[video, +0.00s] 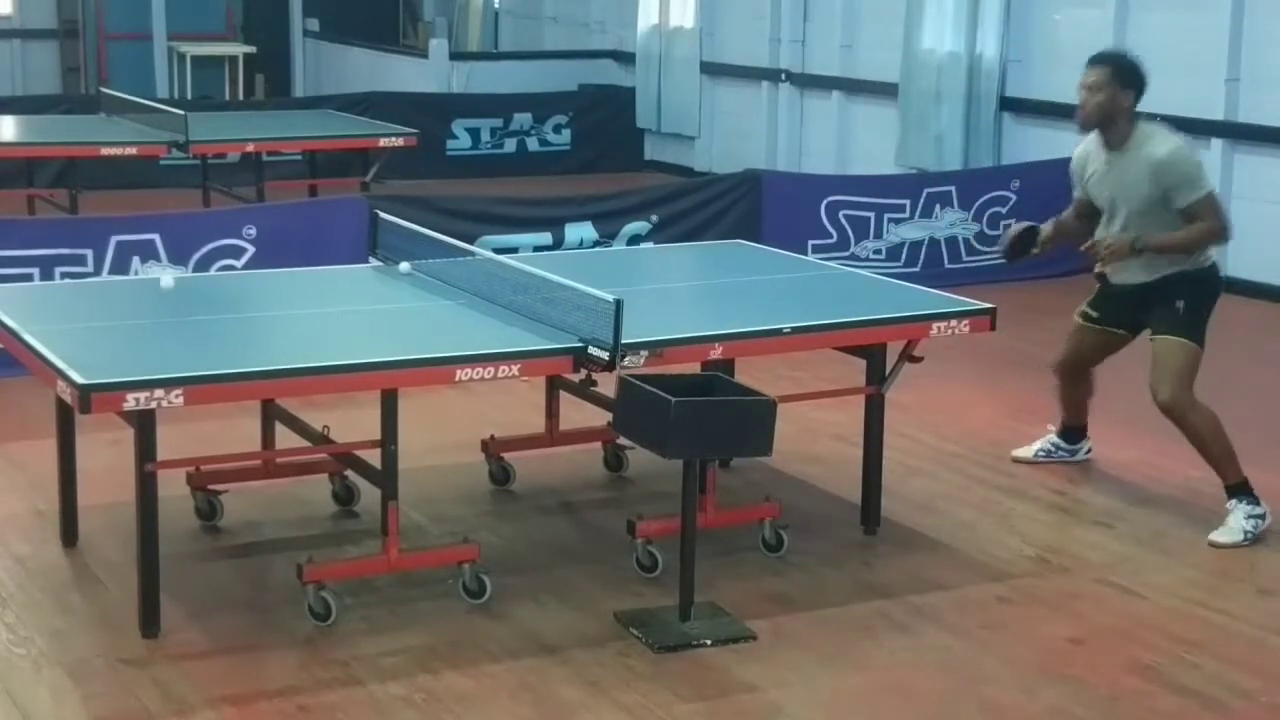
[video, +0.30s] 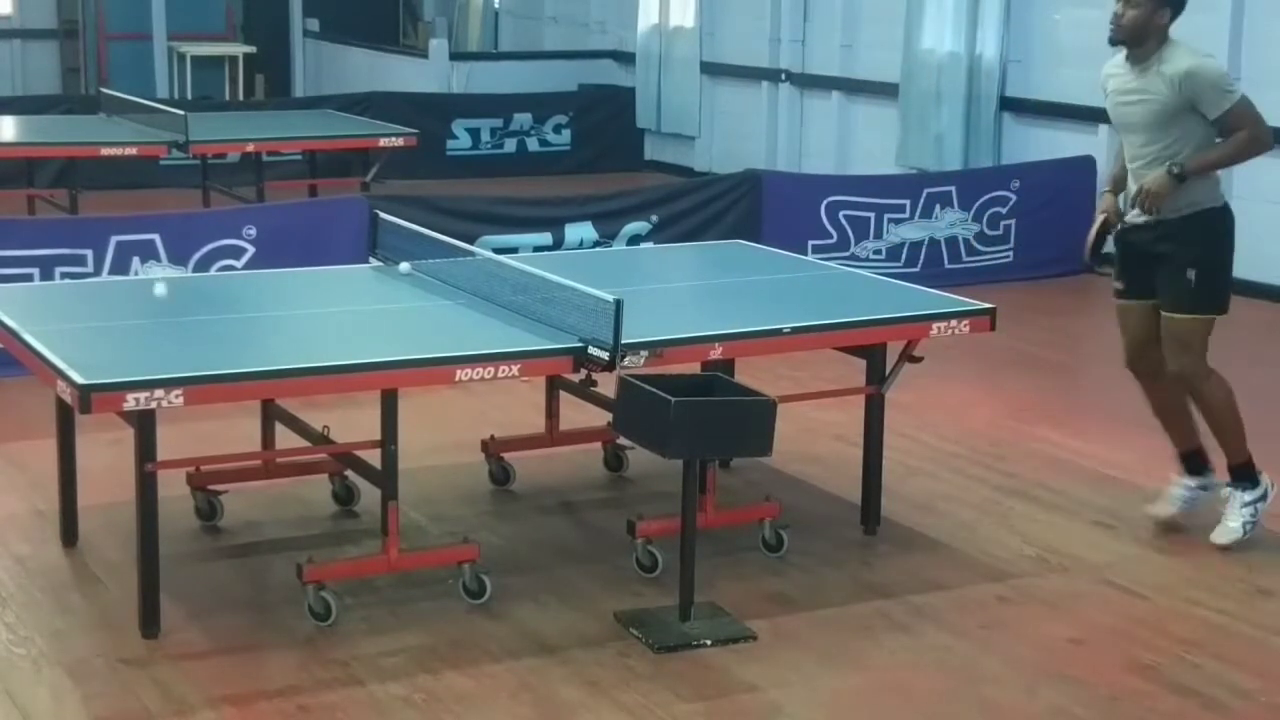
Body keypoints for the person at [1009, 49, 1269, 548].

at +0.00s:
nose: (1080, 98)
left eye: (1091, 91)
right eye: (1081, 89)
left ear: (1125, 99)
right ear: (1092, 97)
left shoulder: (1167, 153)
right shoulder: (1086, 155)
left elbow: (1216, 227)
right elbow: (1083, 218)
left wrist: (1137, 245)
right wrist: (1044, 234)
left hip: (1183, 281)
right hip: (1124, 281)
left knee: (1171, 395)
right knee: (1070, 366)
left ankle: (1246, 503)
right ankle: (1071, 440)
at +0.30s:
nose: (1116, 11)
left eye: (1131, 4)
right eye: (1118, 2)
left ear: (1164, 15)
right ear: (1123, 12)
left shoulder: (1193, 70)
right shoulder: (1113, 74)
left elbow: (1258, 135)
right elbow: (1130, 142)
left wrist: (1176, 171)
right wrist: (1110, 195)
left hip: (1195, 232)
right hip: (1137, 234)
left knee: (1187, 364)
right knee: (1142, 360)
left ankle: (1248, 485)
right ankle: (1197, 476)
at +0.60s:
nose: (1108, 24)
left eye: (1123, 17)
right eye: (1107, 14)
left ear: (1156, 25)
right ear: (1105, 19)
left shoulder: (1191, 83)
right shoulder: (1097, 89)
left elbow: (1243, 159)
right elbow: (1100, 161)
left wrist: (1169, 190)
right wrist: (1087, 207)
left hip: (1184, 248)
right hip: (1125, 256)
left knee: (1165, 382)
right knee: (1158, 382)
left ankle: (1164, 529)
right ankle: (1218, 488)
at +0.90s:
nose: (1065, 42)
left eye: (1074, 28)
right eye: (1060, 31)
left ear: (1113, 22)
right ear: (1061, 31)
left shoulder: (1155, 93)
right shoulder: (1069, 94)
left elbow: (1202, 184)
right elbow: (1078, 167)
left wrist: (1117, 206)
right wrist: (1044, 198)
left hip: (1131, 266)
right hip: (1071, 265)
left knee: (1120, 403)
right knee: (1039, 392)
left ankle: (1139, 537)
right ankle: (1123, 476)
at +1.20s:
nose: (983, 50)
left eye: (992, 36)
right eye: (980, 38)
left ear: (1030, 31)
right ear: (1002, 37)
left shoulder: (1070, 100)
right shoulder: (1014, 99)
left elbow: (1072, 206)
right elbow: (1027, 192)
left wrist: (977, 197)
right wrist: (981, 213)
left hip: (1061, 276)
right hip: (1005, 273)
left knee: (1070, 409)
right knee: (968, 401)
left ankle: (1126, 524)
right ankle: (975, 548)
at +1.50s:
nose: (890, 61)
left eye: (897, 46)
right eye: (886, 49)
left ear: (935, 34)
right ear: (911, 43)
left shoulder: (978, 102)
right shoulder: (943, 98)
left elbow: (994, 210)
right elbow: (964, 185)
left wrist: (902, 223)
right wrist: (912, 196)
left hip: (985, 275)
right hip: (964, 270)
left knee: (926, 418)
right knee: (964, 418)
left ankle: (958, 567)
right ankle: (976, 554)